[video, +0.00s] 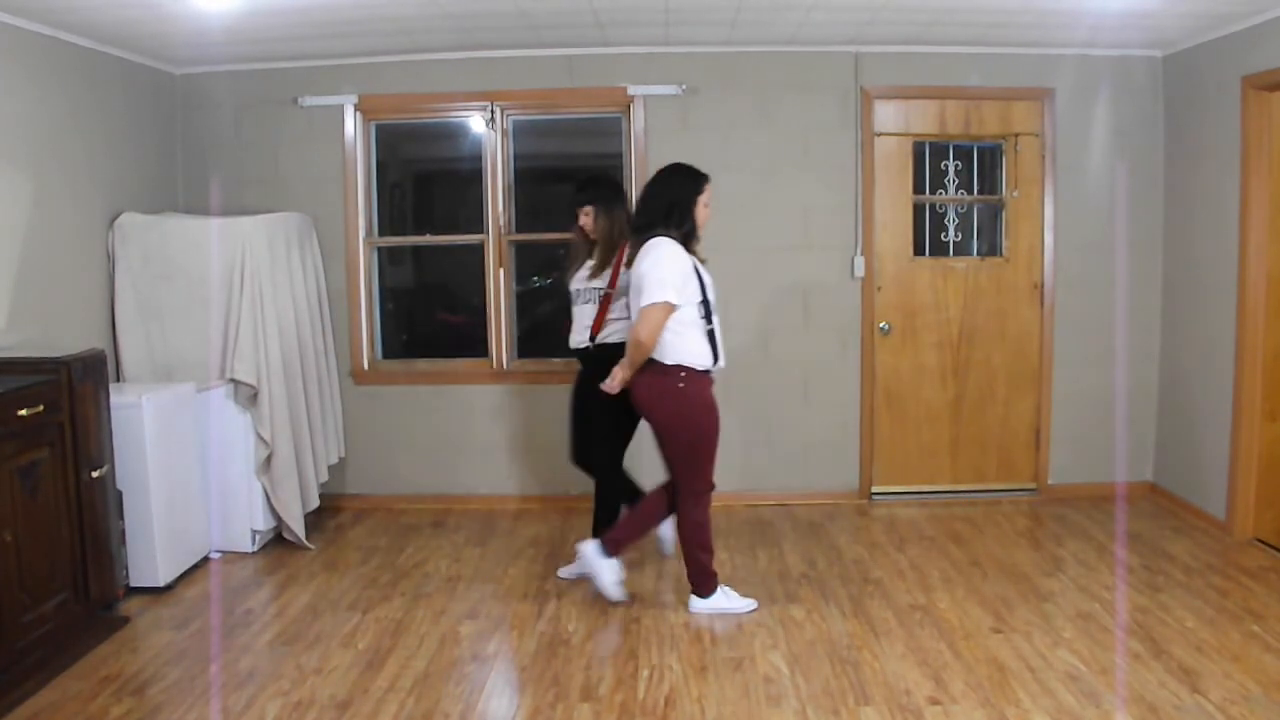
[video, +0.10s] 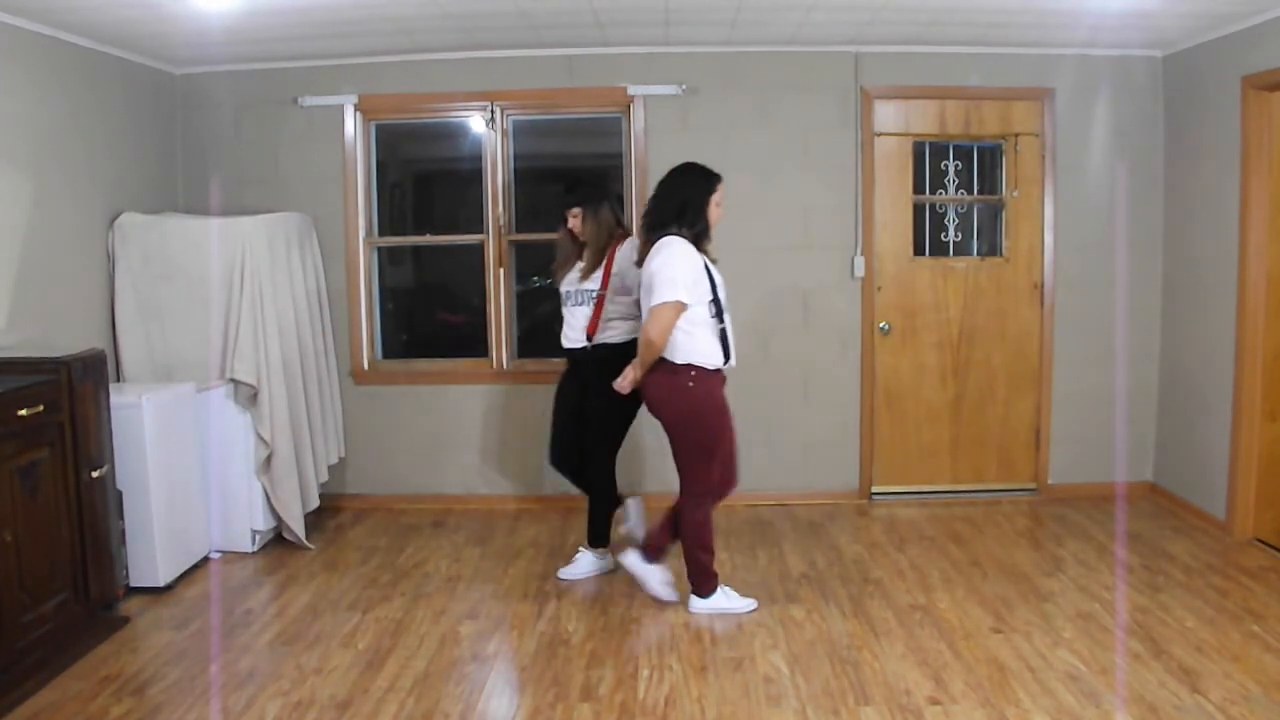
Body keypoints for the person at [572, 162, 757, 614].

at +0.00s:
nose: (709, 211)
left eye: (708, 202)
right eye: (705, 202)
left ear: (669, 202)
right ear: (684, 204)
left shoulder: (665, 251)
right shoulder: (666, 253)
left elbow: (647, 330)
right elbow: (645, 335)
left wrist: (627, 365)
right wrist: (626, 369)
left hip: (671, 381)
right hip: (678, 383)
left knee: (688, 483)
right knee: (695, 488)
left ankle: (606, 548)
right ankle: (705, 590)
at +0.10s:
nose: (722, 210)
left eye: (722, 201)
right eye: (718, 201)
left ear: (684, 202)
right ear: (697, 203)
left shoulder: (685, 251)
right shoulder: (675, 252)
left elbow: (660, 328)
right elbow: (656, 334)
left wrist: (639, 365)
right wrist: (639, 368)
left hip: (698, 377)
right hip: (683, 380)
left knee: (721, 479)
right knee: (700, 484)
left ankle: (647, 552)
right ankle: (705, 590)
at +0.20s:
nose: (729, 211)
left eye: (729, 202)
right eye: (726, 202)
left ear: (694, 201)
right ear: (706, 202)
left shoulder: (697, 251)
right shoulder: (682, 251)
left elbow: (669, 323)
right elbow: (663, 333)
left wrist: (648, 364)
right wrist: (646, 367)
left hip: (710, 379)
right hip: (690, 381)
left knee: (743, 473)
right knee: (702, 483)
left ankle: (687, 558)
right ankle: (704, 589)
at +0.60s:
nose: (750, 208)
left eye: (750, 199)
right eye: (746, 199)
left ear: (718, 199)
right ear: (723, 200)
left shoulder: (717, 247)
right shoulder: (699, 247)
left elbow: (691, 320)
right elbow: (679, 331)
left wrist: (664, 361)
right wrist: (662, 363)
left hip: (728, 376)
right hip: (705, 378)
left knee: (753, 470)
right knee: (710, 481)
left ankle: (706, 562)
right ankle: (706, 588)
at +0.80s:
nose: (753, 209)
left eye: (753, 200)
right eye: (749, 200)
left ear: (720, 200)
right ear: (726, 201)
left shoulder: (718, 249)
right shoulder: (704, 249)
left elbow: (698, 322)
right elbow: (686, 332)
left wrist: (666, 361)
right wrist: (664, 364)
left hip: (727, 377)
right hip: (706, 379)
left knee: (755, 470)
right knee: (709, 483)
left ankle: (706, 563)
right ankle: (705, 588)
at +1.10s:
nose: (753, 212)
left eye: (754, 202)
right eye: (748, 202)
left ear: (724, 202)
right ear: (725, 202)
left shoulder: (717, 251)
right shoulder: (703, 251)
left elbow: (687, 325)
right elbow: (683, 335)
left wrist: (664, 363)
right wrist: (663, 365)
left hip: (726, 379)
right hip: (707, 381)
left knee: (758, 468)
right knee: (708, 485)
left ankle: (710, 565)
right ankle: (705, 589)